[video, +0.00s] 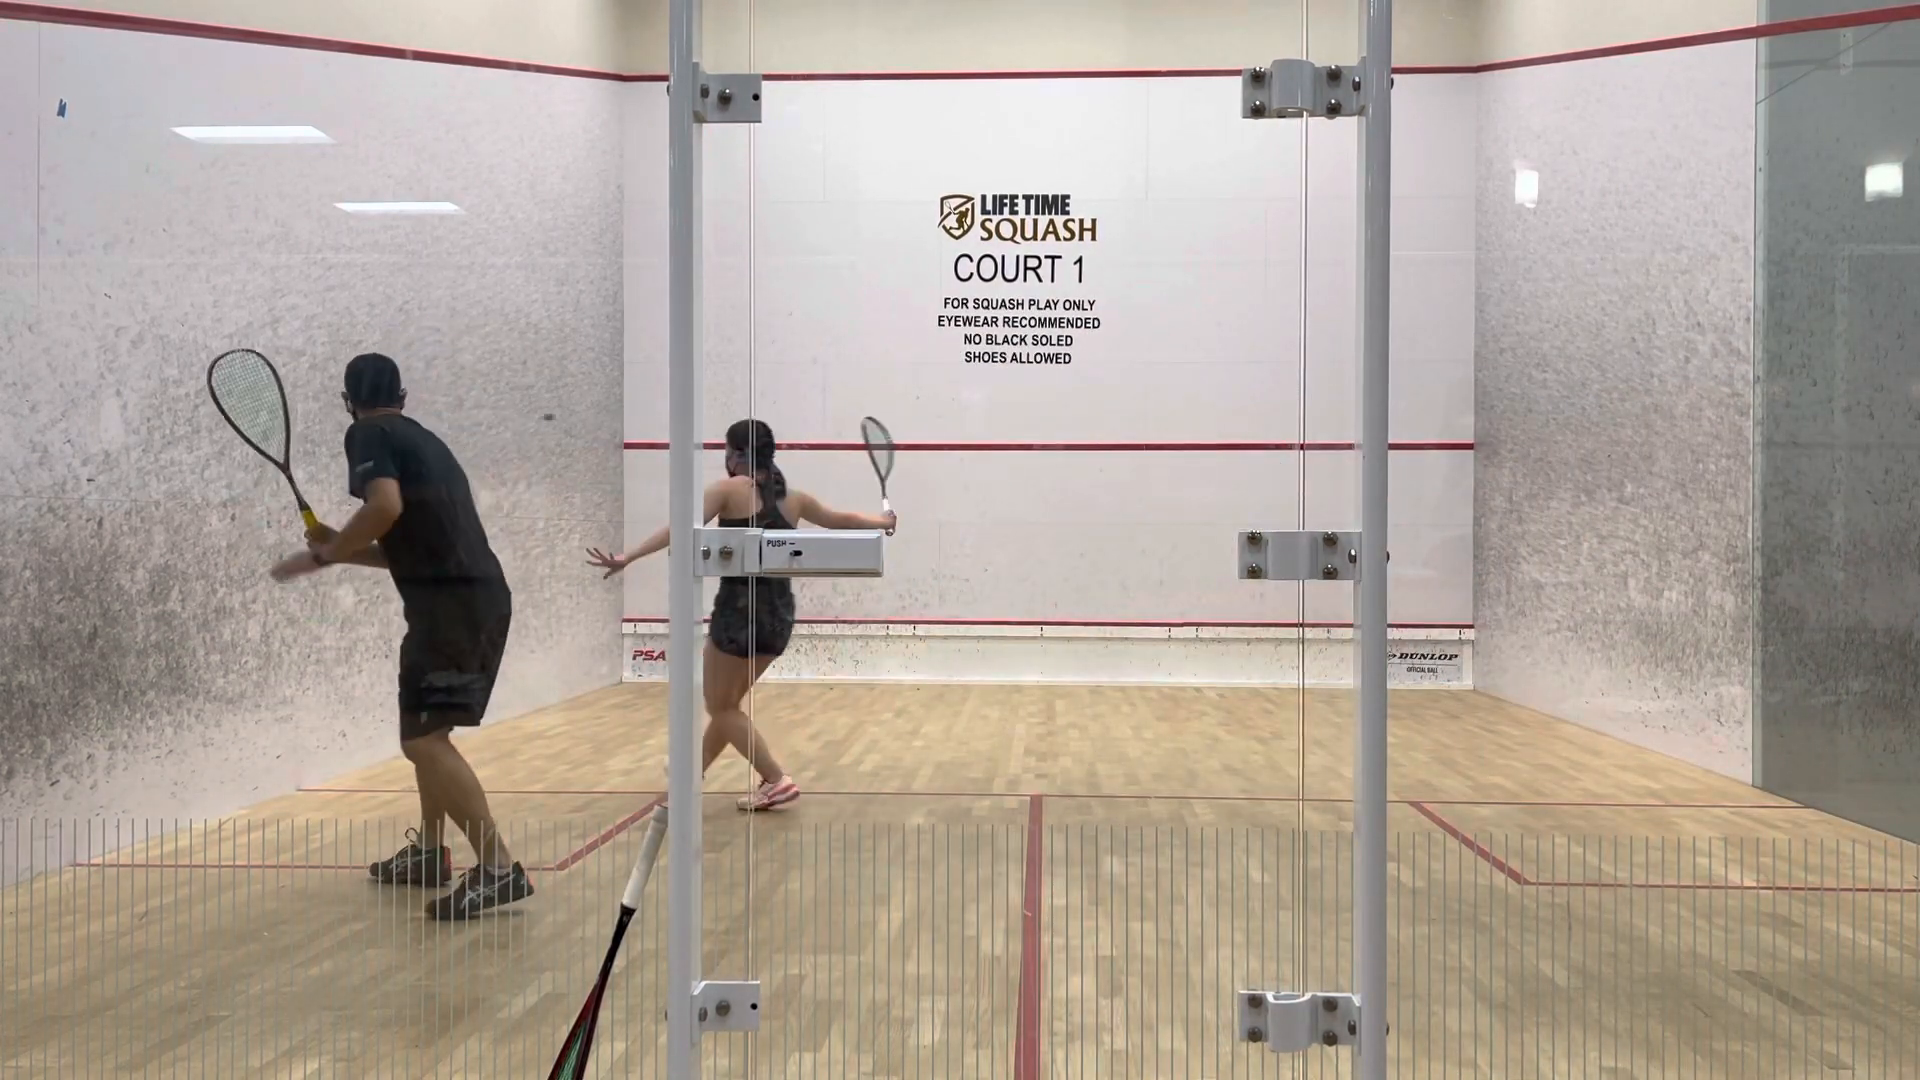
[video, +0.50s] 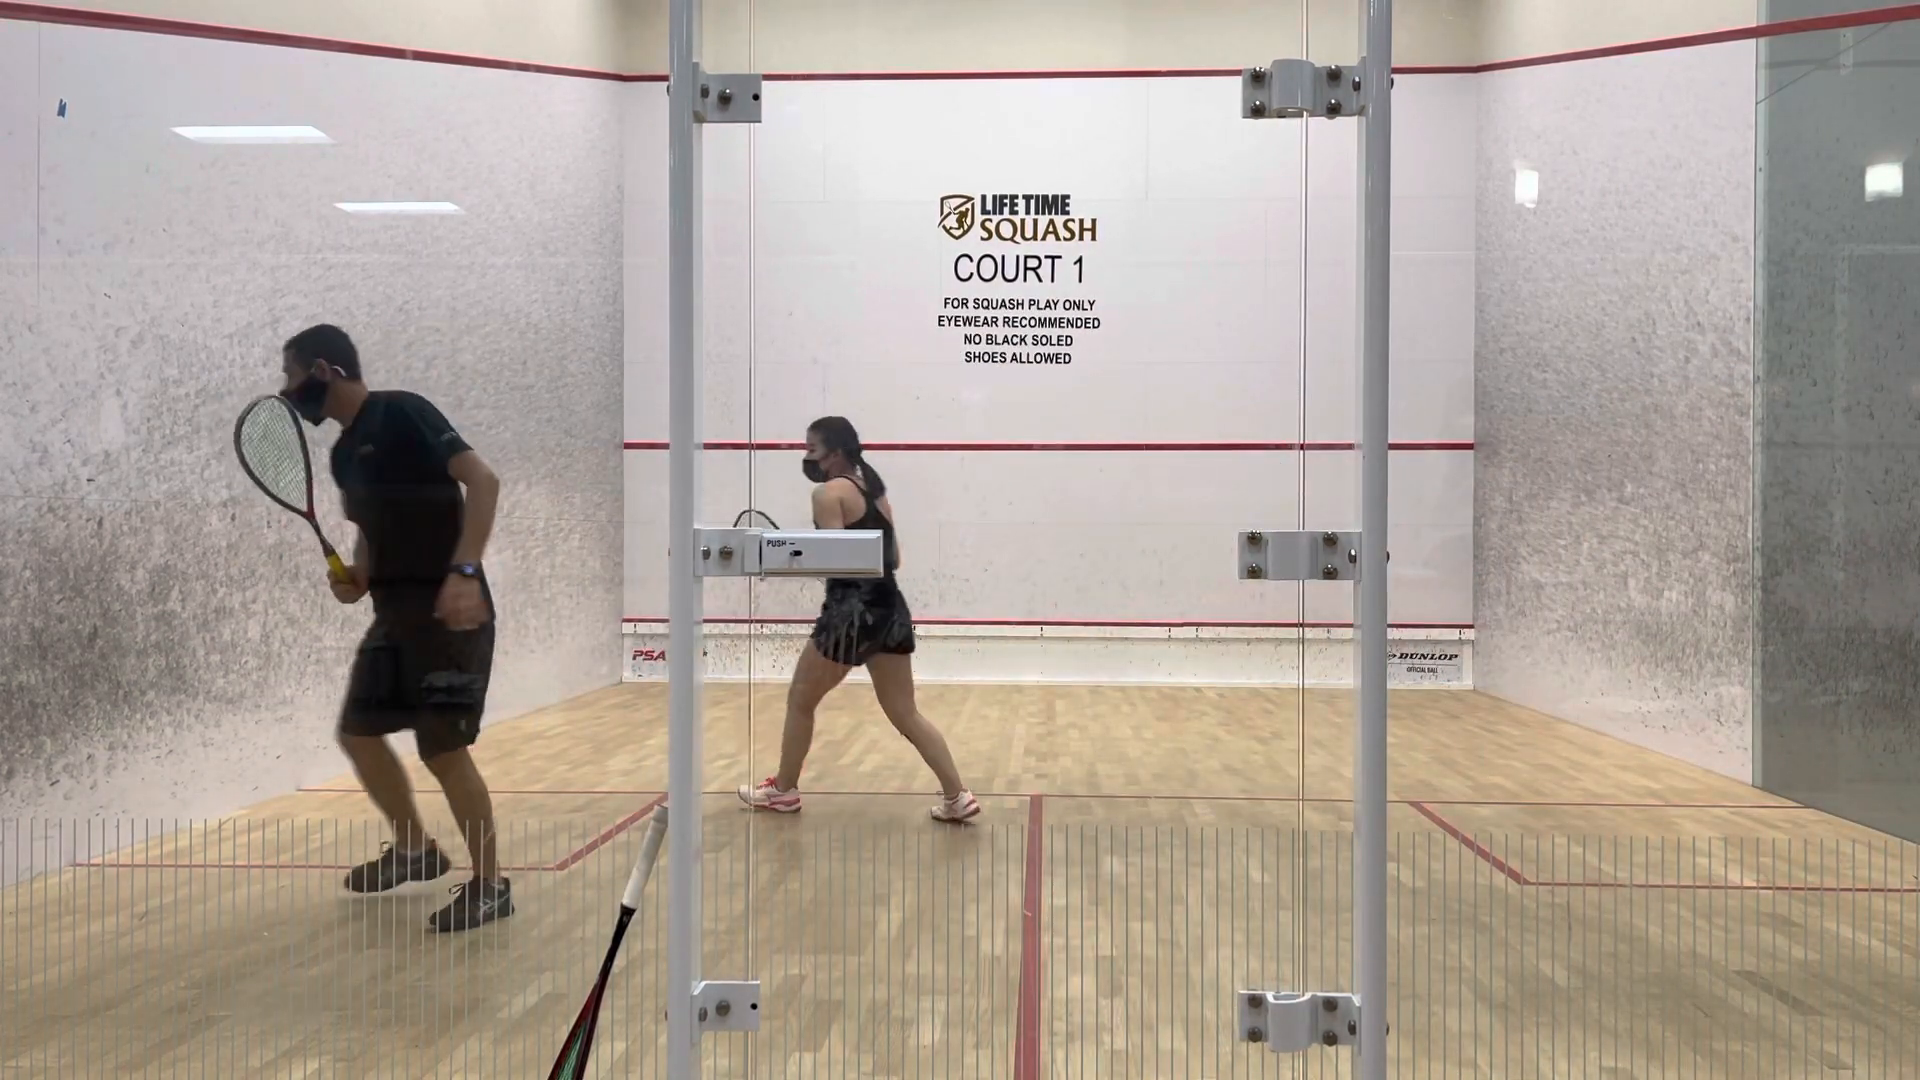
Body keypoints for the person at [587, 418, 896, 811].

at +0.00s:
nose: (725, 457)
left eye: (727, 450)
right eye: (727, 450)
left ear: (736, 453)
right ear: (769, 452)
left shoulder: (726, 490)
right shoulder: (792, 497)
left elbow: (678, 529)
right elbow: (837, 519)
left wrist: (627, 556)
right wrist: (883, 521)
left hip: (737, 611)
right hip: (780, 614)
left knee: (721, 706)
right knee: (727, 707)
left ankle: (776, 780)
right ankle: (685, 781)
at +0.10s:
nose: (737, 449)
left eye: (740, 442)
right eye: (738, 442)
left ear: (751, 443)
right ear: (781, 443)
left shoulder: (741, 480)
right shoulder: (808, 489)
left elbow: (690, 522)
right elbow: (844, 521)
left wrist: (635, 542)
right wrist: (867, 519)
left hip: (759, 603)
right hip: (800, 603)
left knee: (744, 700)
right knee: (753, 685)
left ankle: (780, 788)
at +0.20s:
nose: (754, 444)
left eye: (757, 437)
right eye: (754, 437)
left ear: (771, 437)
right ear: (798, 435)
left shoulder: (755, 477)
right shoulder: (823, 482)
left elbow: (718, 522)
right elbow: (855, 532)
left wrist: (670, 533)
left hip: (777, 601)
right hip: (820, 599)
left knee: (760, 696)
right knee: (790, 684)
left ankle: (781, 788)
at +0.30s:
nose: (767, 441)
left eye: (771, 434)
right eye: (768, 434)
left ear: (791, 435)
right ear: (809, 434)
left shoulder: (774, 476)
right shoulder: (839, 482)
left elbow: (759, 530)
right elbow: (857, 538)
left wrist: (728, 538)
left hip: (796, 599)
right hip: (840, 597)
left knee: (771, 693)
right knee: (835, 695)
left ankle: (780, 787)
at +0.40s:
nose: (785, 448)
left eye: (790, 441)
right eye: (786, 441)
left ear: (810, 444)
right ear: (825, 443)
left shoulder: (800, 484)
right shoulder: (855, 482)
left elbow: (794, 549)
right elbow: (868, 540)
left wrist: (751, 550)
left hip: (821, 604)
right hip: (863, 602)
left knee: (783, 693)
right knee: (879, 703)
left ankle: (781, 788)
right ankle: (942, 775)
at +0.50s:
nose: (807, 457)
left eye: (813, 450)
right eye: (808, 450)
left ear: (836, 452)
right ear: (845, 453)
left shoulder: (828, 493)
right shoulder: (874, 489)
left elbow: (832, 558)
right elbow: (893, 559)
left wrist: (779, 556)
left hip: (848, 615)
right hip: (889, 612)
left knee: (801, 699)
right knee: (904, 713)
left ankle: (784, 788)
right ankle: (957, 795)